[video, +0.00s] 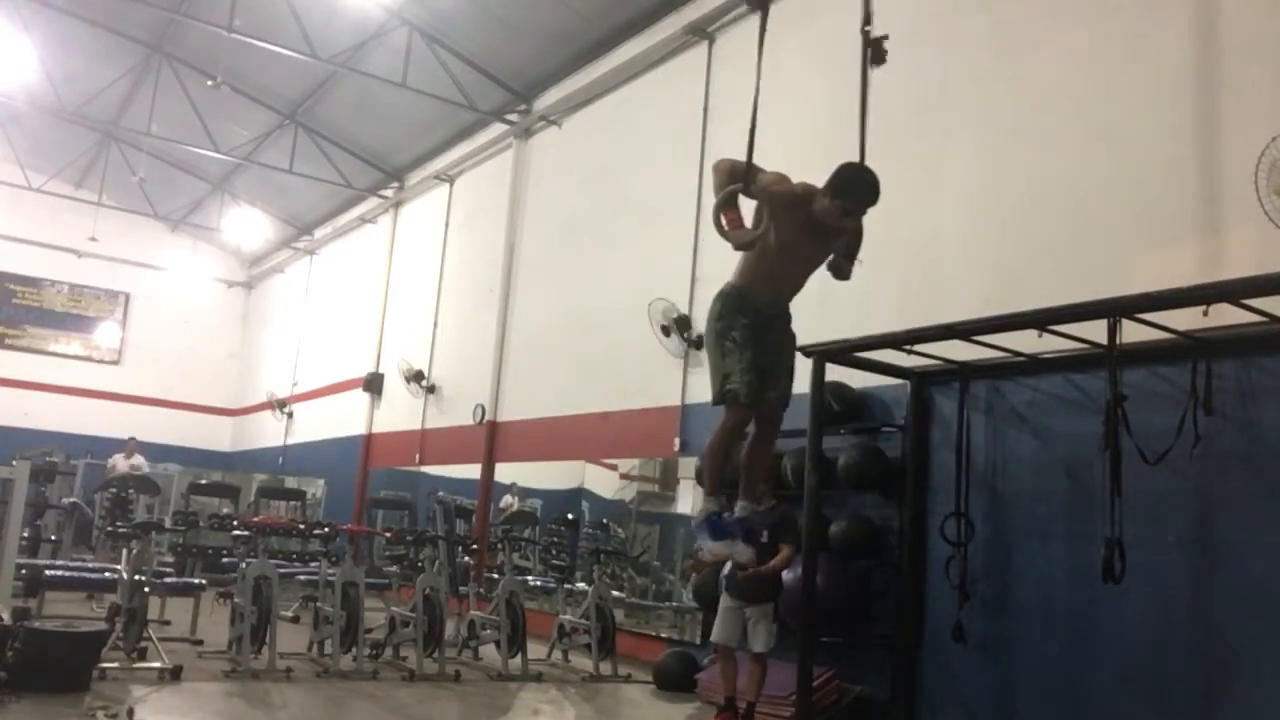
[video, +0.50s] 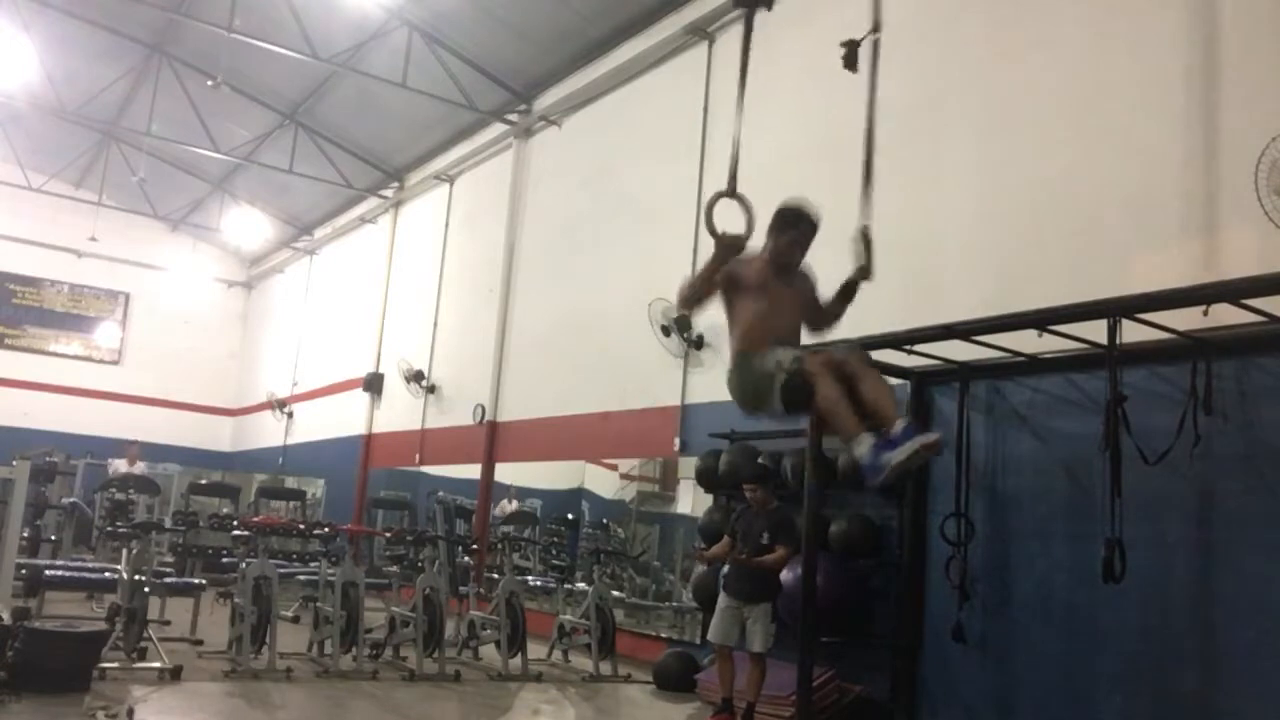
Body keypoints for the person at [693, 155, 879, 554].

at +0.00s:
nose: (848, 224)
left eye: (856, 218)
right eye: (845, 214)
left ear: (859, 210)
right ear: (827, 196)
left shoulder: (849, 229)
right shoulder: (788, 194)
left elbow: (840, 271)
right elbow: (724, 169)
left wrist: (842, 263)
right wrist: (734, 227)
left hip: (776, 319)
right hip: (737, 310)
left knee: (770, 417)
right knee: (740, 413)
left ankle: (748, 511)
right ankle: (709, 513)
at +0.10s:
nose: (850, 225)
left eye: (857, 218)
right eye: (846, 215)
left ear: (860, 213)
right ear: (828, 197)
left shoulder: (848, 230)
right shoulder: (786, 196)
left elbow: (841, 274)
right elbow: (726, 172)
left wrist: (842, 260)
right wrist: (734, 231)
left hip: (776, 317)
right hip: (737, 309)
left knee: (779, 413)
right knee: (747, 408)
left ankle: (766, 510)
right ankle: (728, 512)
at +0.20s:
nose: (850, 221)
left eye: (855, 214)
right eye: (845, 212)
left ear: (852, 208)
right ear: (825, 198)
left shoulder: (845, 229)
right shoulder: (782, 199)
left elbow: (843, 275)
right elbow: (720, 178)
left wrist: (843, 268)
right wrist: (730, 233)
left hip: (775, 316)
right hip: (738, 309)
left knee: (799, 400)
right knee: (763, 396)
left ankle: (803, 502)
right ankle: (765, 509)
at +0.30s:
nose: (836, 209)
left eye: (842, 202)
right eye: (831, 200)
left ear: (846, 198)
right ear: (811, 187)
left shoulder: (838, 226)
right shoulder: (770, 200)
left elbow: (858, 275)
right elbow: (706, 190)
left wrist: (860, 255)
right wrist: (727, 233)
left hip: (777, 320)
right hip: (739, 316)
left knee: (817, 378)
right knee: (783, 378)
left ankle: (842, 475)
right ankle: (803, 487)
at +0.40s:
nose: (819, 219)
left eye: (825, 213)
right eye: (814, 209)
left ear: (828, 212)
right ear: (794, 198)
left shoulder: (818, 241)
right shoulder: (752, 223)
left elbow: (825, 269)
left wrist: (862, 271)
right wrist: (715, 235)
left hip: (784, 335)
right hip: (743, 334)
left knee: (840, 363)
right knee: (801, 367)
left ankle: (871, 448)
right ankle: (839, 465)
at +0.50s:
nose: (798, 254)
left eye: (804, 248)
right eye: (793, 245)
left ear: (807, 247)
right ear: (773, 236)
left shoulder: (801, 281)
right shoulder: (738, 270)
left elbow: (819, 321)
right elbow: (686, 301)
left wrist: (853, 283)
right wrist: (717, 260)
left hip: (791, 367)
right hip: (750, 371)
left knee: (853, 358)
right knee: (820, 366)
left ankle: (897, 431)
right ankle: (866, 453)